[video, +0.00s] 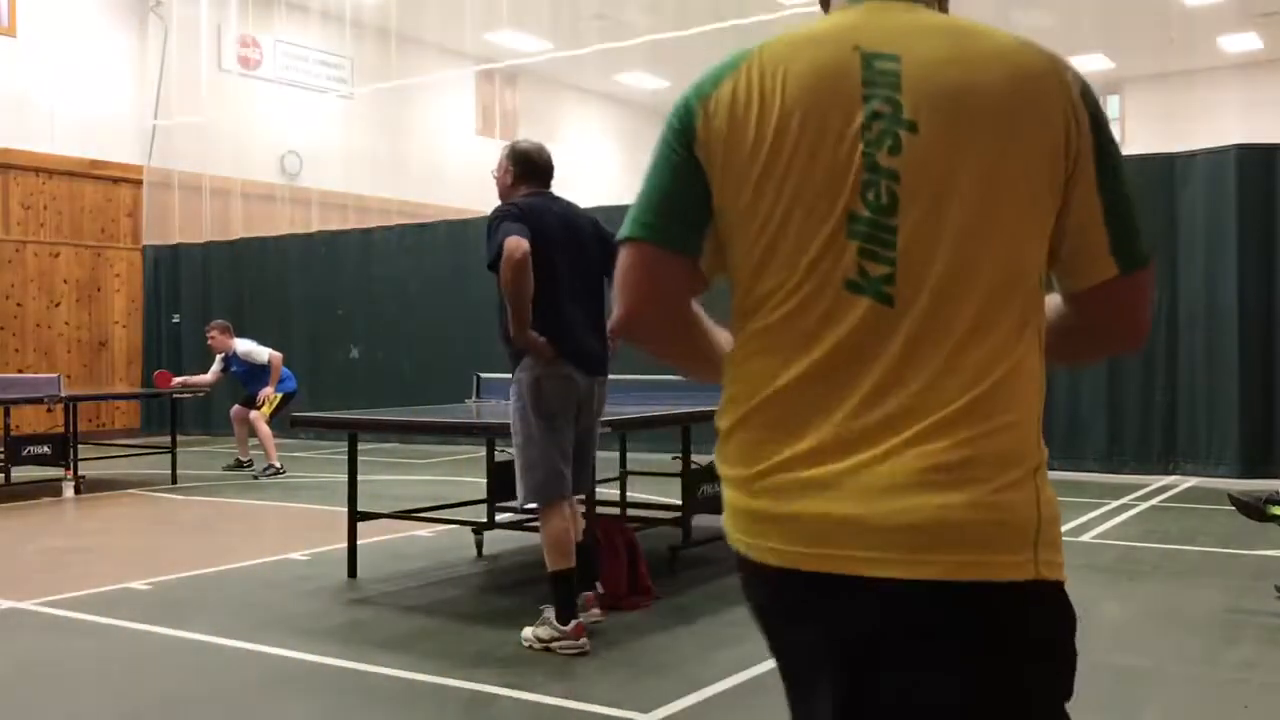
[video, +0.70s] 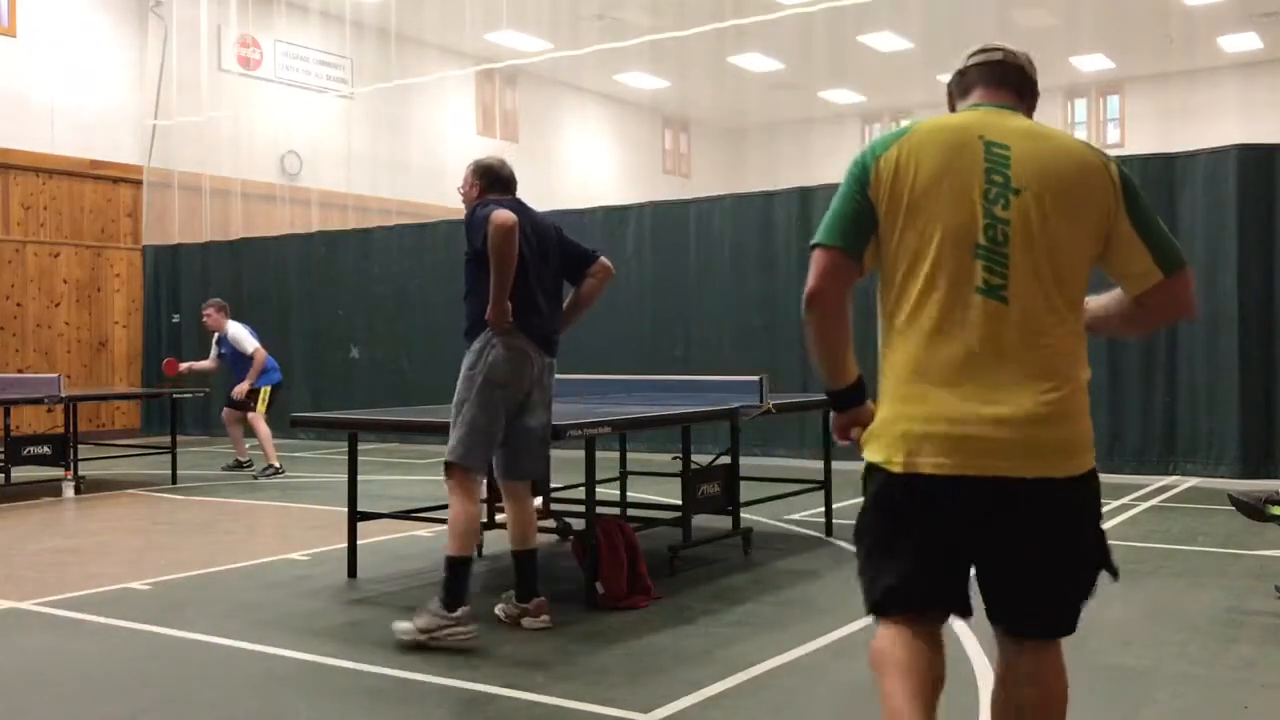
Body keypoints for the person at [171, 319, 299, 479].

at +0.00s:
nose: (209, 343)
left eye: (212, 338)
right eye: (208, 339)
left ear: (225, 336)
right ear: (222, 337)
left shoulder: (243, 348)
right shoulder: (223, 356)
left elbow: (276, 357)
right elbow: (210, 378)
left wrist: (271, 386)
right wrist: (184, 380)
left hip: (282, 386)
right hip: (261, 388)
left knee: (256, 416)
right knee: (237, 414)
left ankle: (275, 465)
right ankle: (244, 459)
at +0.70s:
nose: (204, 320)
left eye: (208, 316)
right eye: (203, 316)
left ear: (221, 315)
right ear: (217, 316)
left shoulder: (235, 331)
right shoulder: (218, 336)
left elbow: (260, 355)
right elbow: (213, 363)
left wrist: (247, 382)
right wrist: (190, 366)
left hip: (266, 378)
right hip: (248, 380)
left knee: (255, 416)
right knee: (229, 415)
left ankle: (274, 464)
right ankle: (243, 460)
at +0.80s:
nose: (201, 318)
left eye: (205, 313)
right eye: (201, 314)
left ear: (218, 312)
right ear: (214, 314)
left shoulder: (234, 330)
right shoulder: (214, 334)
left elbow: (257, 355)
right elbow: (209, 361)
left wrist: (238, 380)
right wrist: (188, 364)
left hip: (263, 376)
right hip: (244, 378)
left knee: (255, 415)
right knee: (226, 415)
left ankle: (271, 463)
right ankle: (243, 460)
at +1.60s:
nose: (158, 344)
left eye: (161, 341)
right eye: (157, 341)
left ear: (174, 341)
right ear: (165, 341)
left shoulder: (195, 352)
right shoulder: (161, 352)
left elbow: (226, 373)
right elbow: (128, 352)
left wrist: (236, 396)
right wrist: (113, 332)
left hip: (215, 397)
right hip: (188, 399)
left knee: (229, 424)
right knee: (159, 417)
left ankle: (264, 461)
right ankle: (164, 462)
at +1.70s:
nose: (160, 340)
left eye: (164, 336)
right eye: (160, 336)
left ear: (178, 336)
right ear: (168, 337)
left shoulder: (198, 349)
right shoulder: (165, 350)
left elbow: (228, 371)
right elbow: (142, 355)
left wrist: (239, 397)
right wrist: (122, 342)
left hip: (217, 397)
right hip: (191, 398)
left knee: (231, 426)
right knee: (161, 417)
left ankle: (266, 460)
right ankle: (164, 461)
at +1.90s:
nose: (169, 322)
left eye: (173, 318)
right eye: (169, 318)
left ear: (187, 319)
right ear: (183, 321)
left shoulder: (208, 337)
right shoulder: (183, 342)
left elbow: (231, 363)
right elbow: (180, 364)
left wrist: (221, 391)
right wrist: (154, 367)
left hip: (230, 389)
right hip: (206, 390)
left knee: (237, 422)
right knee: (173, 413)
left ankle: (269, 461)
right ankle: (169, 459)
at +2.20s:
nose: (156, 320)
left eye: (158, 315)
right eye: (156, 316)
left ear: (171, 314)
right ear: (171, 315)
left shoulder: (187, 329)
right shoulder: (184, 332)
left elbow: (185, 360)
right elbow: (192, 370)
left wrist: (152, 373)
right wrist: (172, 386)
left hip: (221, 385)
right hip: (204, 386)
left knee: (236, 418)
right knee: (176, 414)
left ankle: (265, 457)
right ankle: (186, 458)